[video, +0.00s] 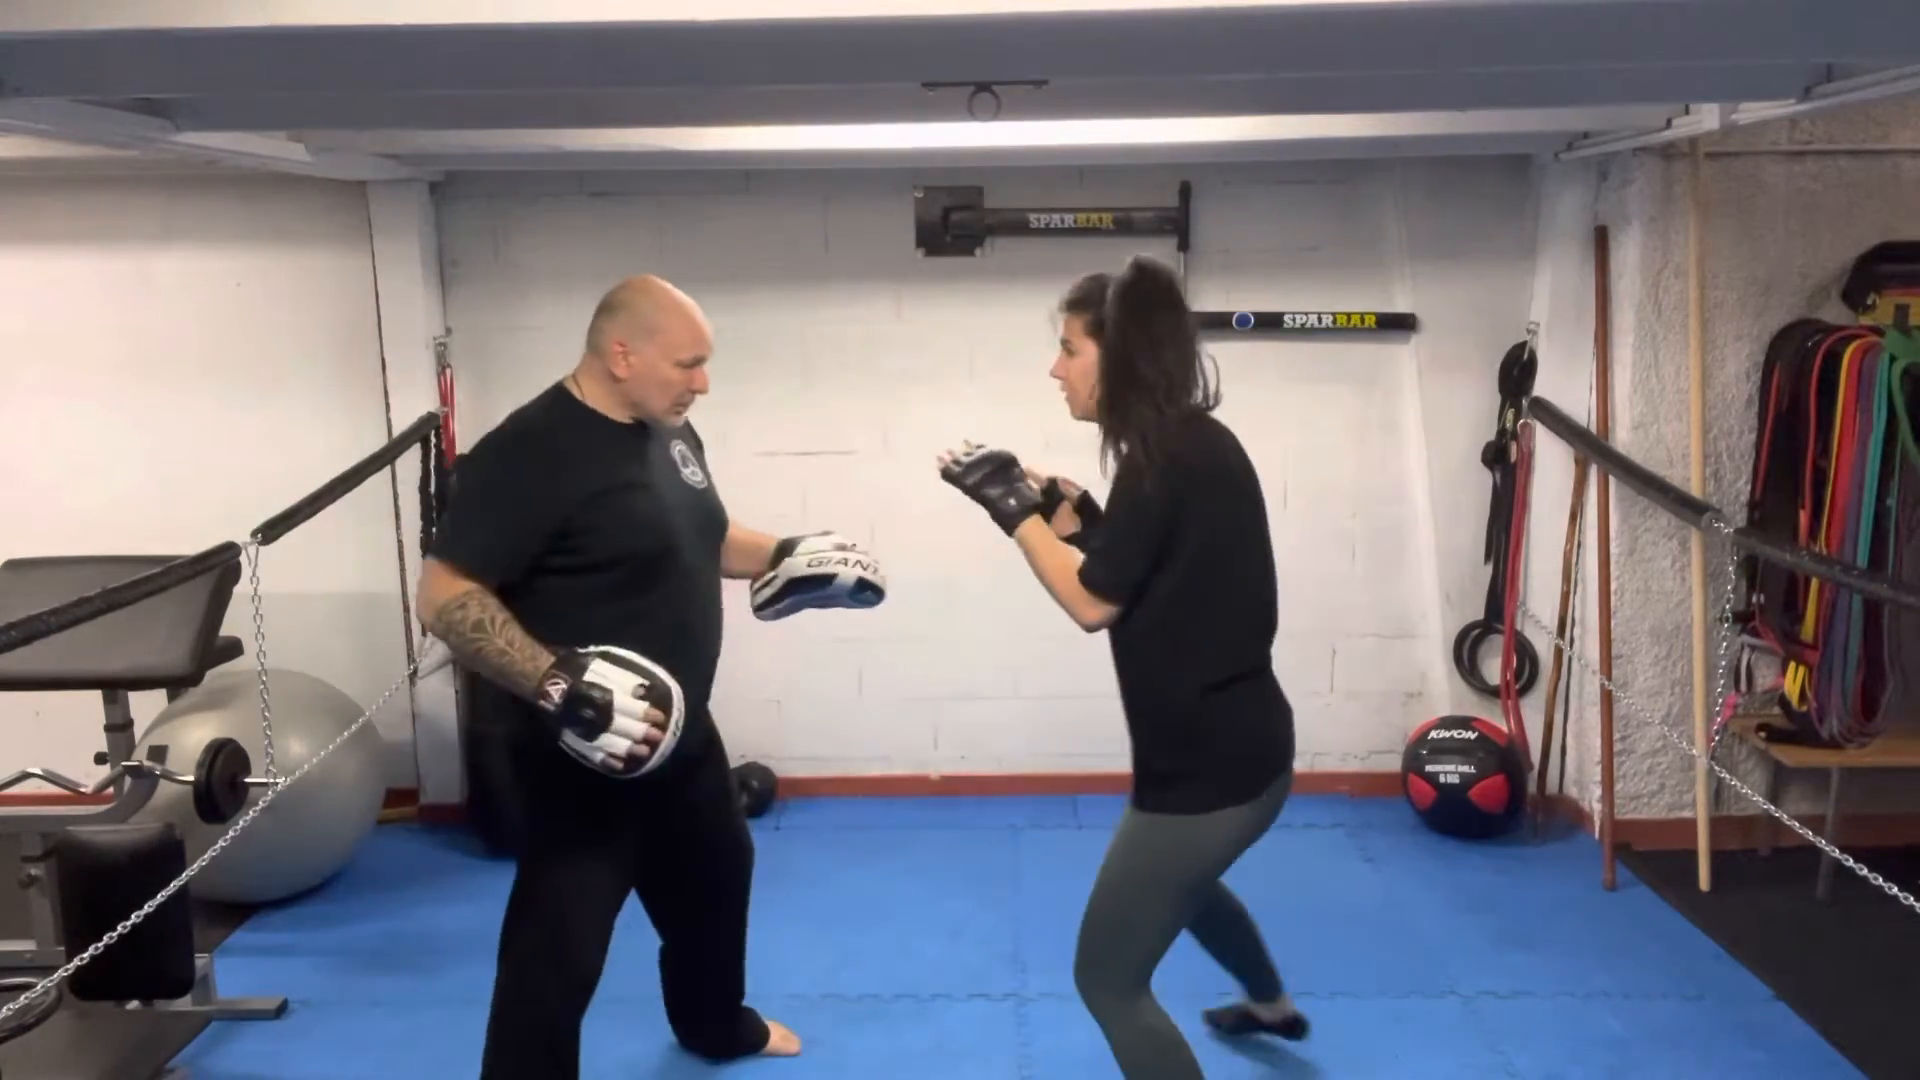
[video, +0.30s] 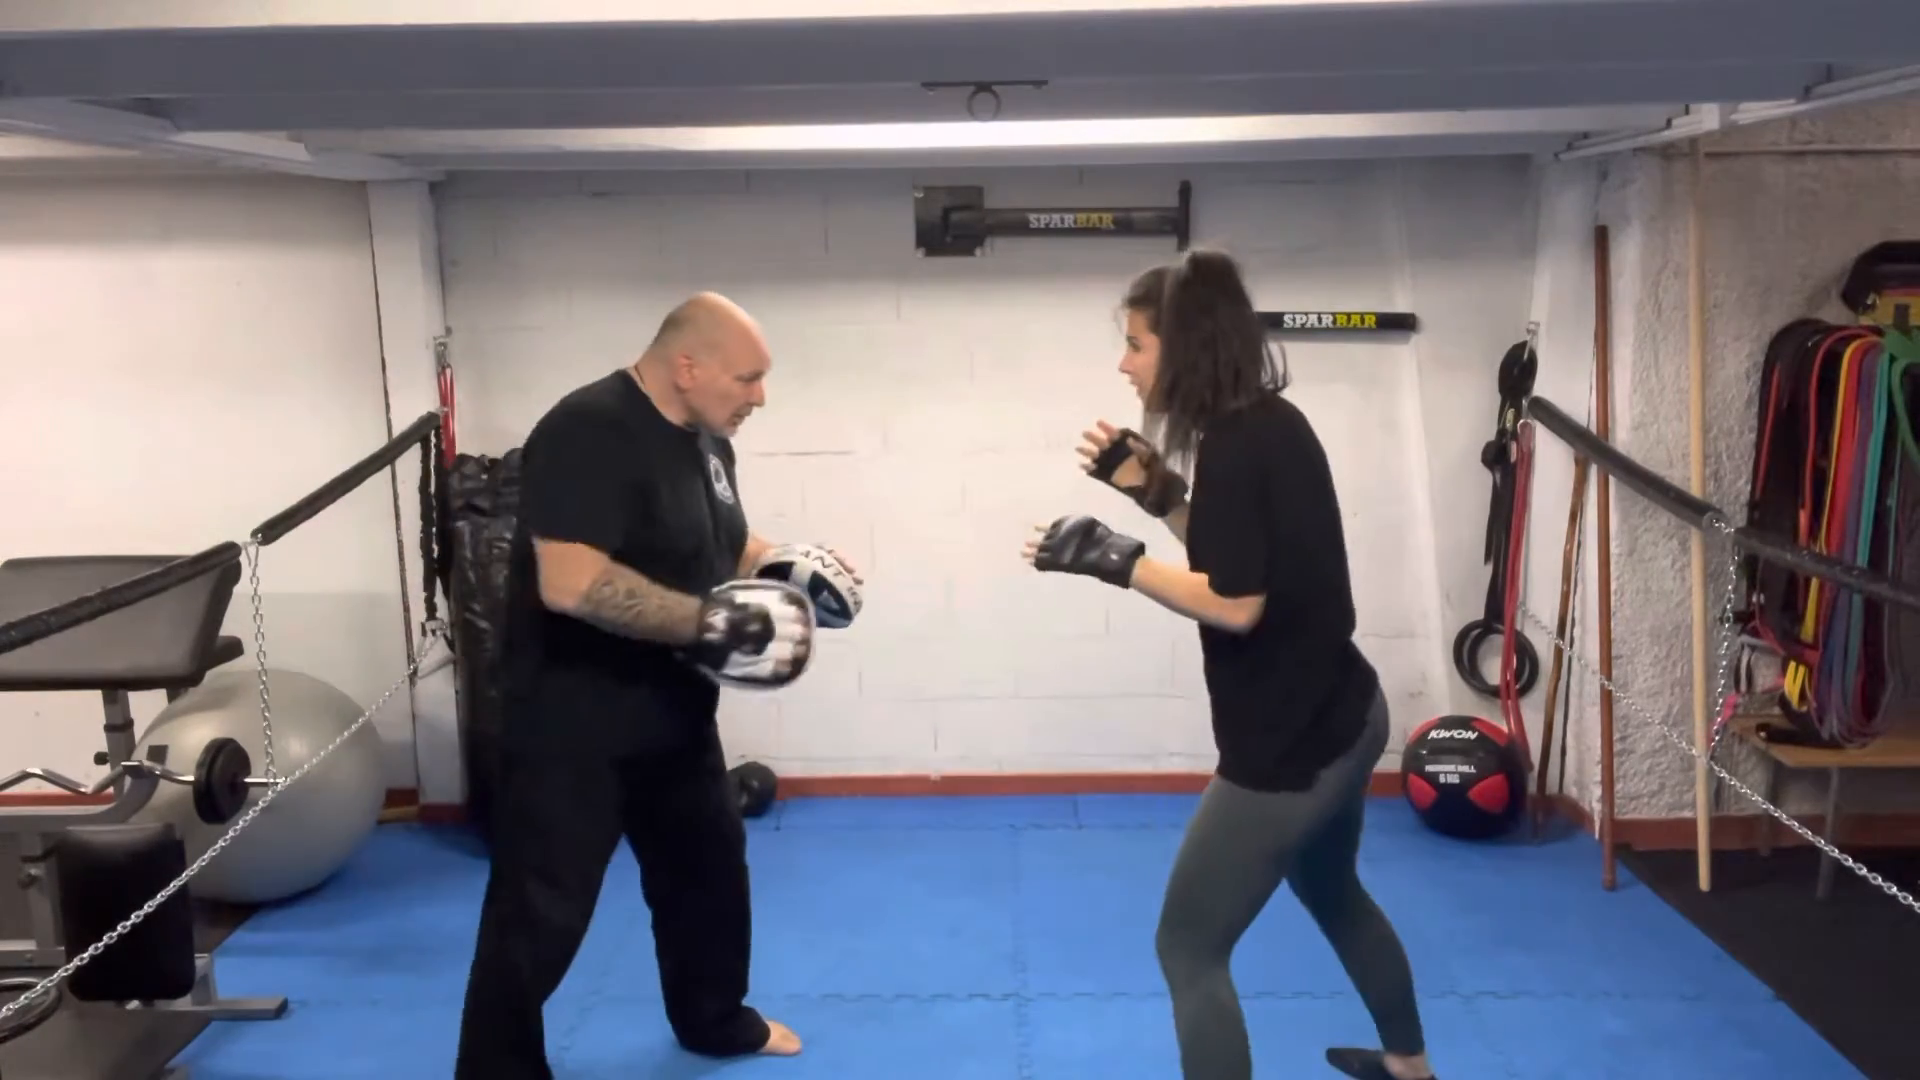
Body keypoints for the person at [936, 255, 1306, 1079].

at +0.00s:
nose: (1056, 369)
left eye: (1069, 349)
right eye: (1059, 349)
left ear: (1119, 353)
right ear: (1142, 354)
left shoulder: (1159, 460)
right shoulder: (1208, 446)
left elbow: (1092, 601)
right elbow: (1171, 582)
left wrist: (1017, 512)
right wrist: (1087, 522)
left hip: (1197, 779)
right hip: (1249, 757)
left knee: (1108, 979)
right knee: (1176, 879)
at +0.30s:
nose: (1124, 364)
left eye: (1134, 344)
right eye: (1125, 344)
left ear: (1184, 346)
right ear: (1203, 342)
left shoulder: (1235, 443)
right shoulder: (1274, 425)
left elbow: (1234, 603)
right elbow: (1241, 557)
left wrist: (1117, 560)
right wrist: (1162, 492)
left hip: (1287, 752)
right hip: (1342, 717)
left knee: (1189, 944)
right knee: (1332, 891)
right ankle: (1408, 1059)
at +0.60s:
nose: (1181, 323)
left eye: (1201, 311)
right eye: (1188, 306)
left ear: (1248, 332)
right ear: (1251, 334)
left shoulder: (1257, 437)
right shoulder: (1297, 421)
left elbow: (1216, 591)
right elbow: (1249, 561)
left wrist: (1120, 511)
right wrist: (1174, 476)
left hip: (1306, 741)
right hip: (1357, 712)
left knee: (1222, 947)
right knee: (1343, 886)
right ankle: (1411, 1060)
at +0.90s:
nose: (1117, 356)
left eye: (1128, 335)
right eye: (1119, 336)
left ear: (1183, 336)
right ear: (1189, 332)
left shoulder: (1208, 431)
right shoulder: (1280, 416)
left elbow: (1137, 565)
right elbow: (1216, 530)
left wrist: (1092, 453)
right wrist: (1141, 442)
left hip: (1256, 755)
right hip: (1326, 720)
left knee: (1187, 955)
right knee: (1267, 873)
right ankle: (1363, 1046)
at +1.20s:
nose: (1099, 379)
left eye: (1108, 358)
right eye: (1100, 359)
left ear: (1163, 355)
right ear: (1165, 356)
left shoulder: (1222, 445)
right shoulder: (1254, 430)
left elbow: (1185, 595)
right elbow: (1219, 571)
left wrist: (1107, 500)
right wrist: (1141, 498)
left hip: (1240, 753)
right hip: (1279, 733)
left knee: (1153, 948)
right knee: (1209, 897)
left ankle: (1214, 1076)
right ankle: (1281, 1066)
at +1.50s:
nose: (1090, 406)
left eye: (1096, 388)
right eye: (1088, 389)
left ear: (1149, 383)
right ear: (1157, 378)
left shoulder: (1207, 455)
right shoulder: (1252, 440)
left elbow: (1166, 597)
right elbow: (1180, 567)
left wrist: (1108, 492)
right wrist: (1117, 478)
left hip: (1218, 757)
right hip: (1280, 735)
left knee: (1073, 907)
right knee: (1194, 885)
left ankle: (1142, 1075)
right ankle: (1288, 1065)